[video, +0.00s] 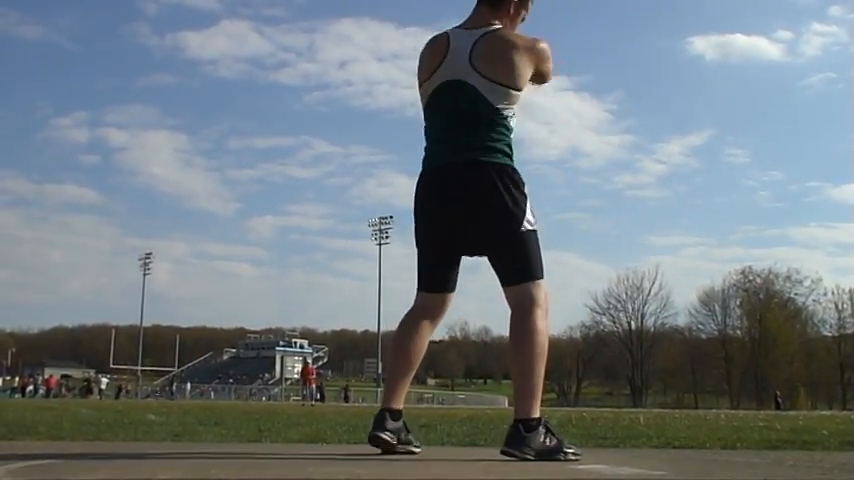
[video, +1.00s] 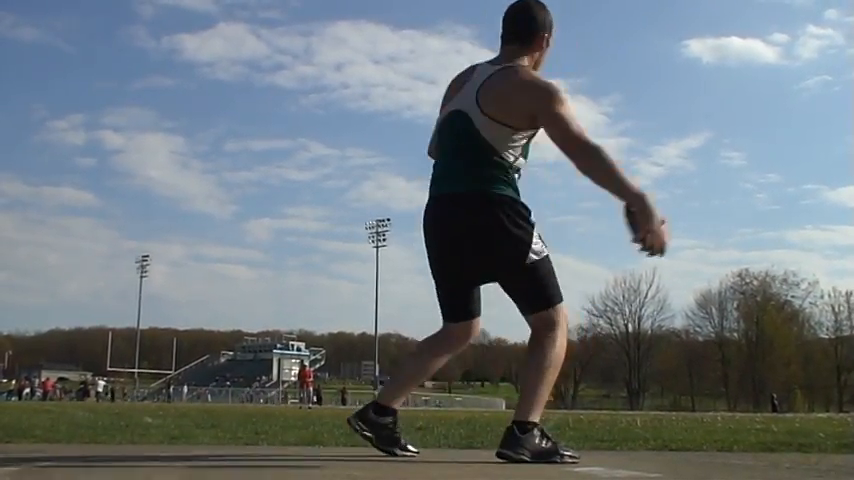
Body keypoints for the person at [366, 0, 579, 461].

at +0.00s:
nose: (526, 16)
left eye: (526, 10)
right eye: (527, 10)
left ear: (480, 3)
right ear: (515, 7)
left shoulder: (432, 47)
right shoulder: (524, 47)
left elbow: (433, 98)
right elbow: (541, 76)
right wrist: (517, 50)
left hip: (434, 187)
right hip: (492, 183)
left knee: (427, 307)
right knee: (530, 303)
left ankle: (388, 418)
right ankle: (528, 428)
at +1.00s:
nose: (550, 49)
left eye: (548, 42)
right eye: (550, 42)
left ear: (504, 37)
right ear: (542, 42)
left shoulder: (463, 79)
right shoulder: (537, 89)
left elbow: (437, 147)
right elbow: (581, 149)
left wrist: (490, 155)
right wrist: (636, 198)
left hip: (442, 213)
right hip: (494, 211)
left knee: (460, 327)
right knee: (551, 323)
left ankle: (380, 412)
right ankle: (525, 431)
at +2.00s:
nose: (542, 39)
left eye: (544, 30)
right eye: (541, 28)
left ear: (502, 20)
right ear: (520, 21)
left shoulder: (465, 68)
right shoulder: (520, 71)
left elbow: (513, 140)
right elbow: (579, 122)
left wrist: (581, 144)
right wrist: (647, 155)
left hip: (430, 203)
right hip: (476, 200)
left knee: (464, 319)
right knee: (538, 307)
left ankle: (391, 412)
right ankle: (527, 434)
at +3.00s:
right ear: (488, 4)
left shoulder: (446, 18)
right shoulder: (495, 36)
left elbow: (368, 15)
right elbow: (497, 36)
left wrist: (291, 13)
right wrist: (502, 25)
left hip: (428, 150)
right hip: (473, 160)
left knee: (396, 273)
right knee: (450, 286)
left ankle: (383, 385)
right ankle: (439, 406)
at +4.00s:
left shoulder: (431, 8)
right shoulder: (500, 42)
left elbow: (388, 83)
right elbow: (501, 134)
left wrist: (326, 130)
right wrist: (459, 162)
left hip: (434, 173)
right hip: (481, 177)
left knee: (420, 308)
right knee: (457, 301)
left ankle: (427, 434)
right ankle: (491, 425)